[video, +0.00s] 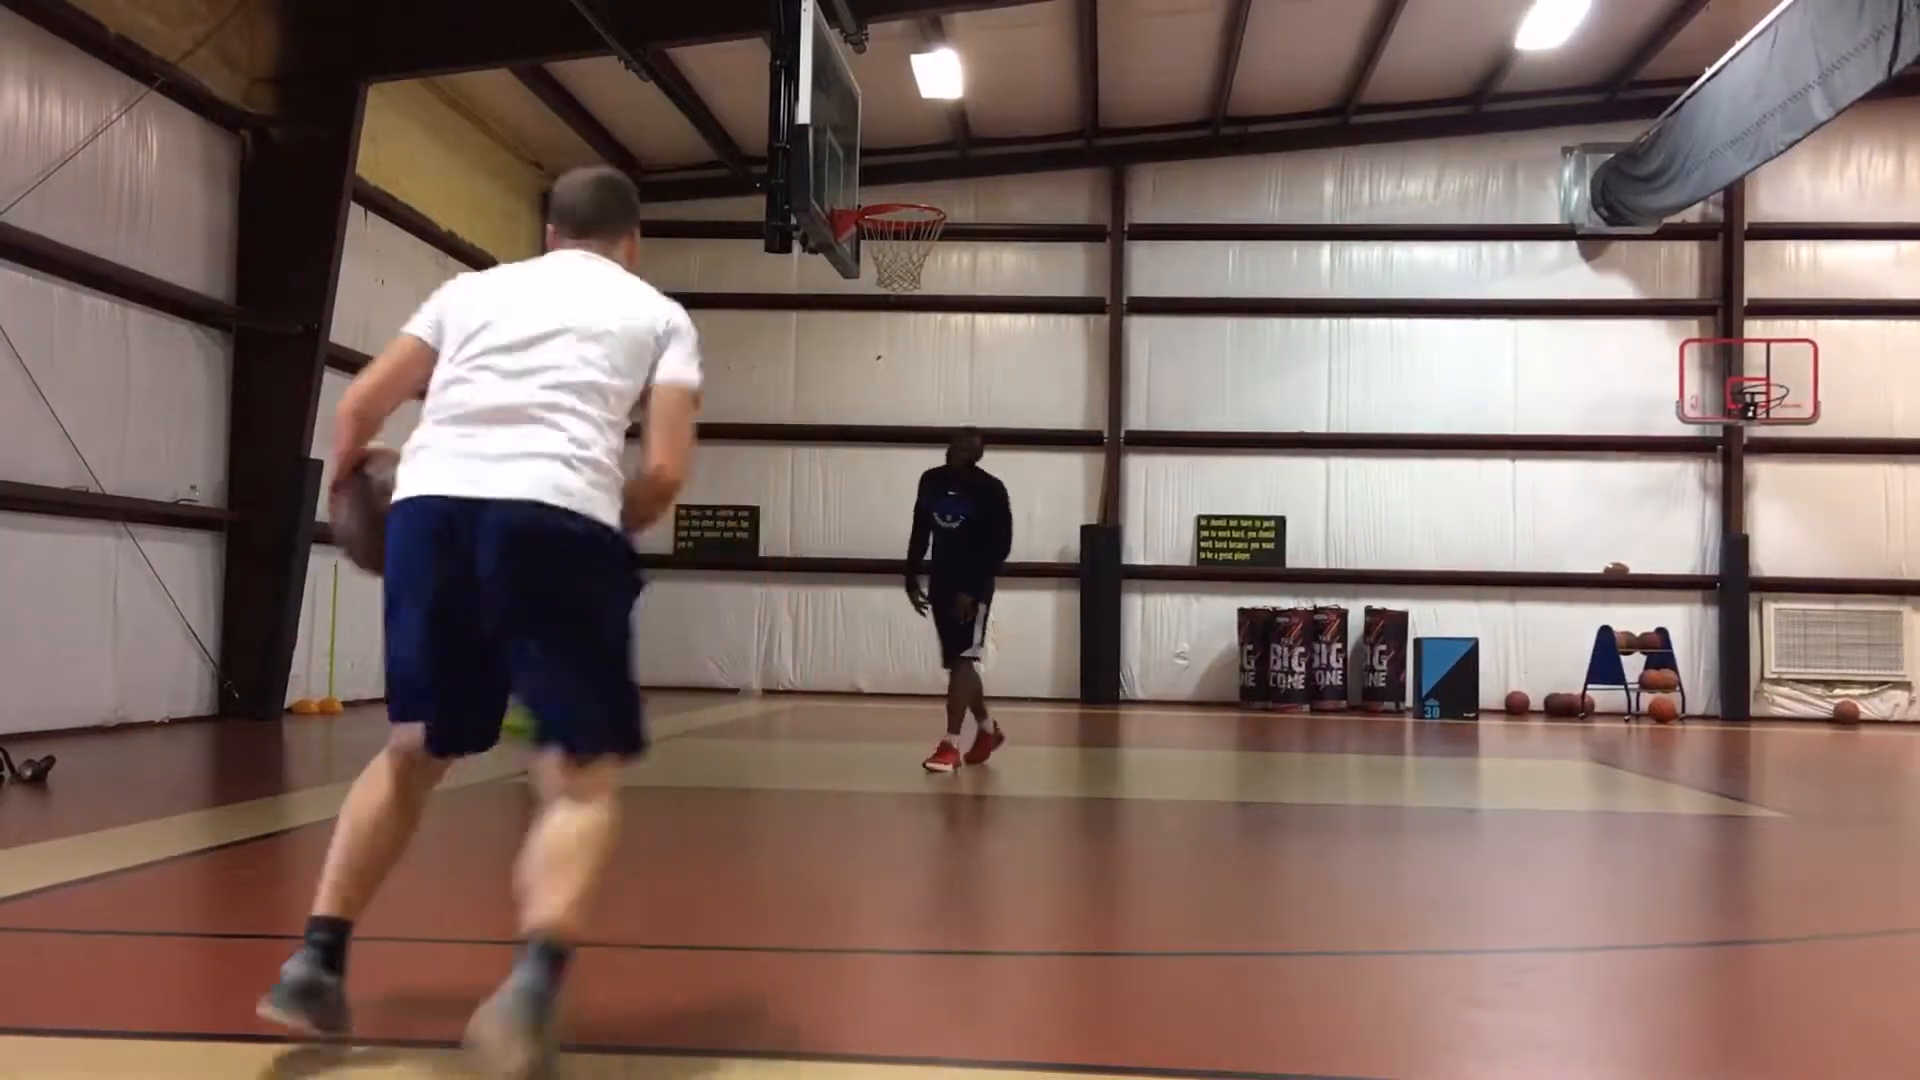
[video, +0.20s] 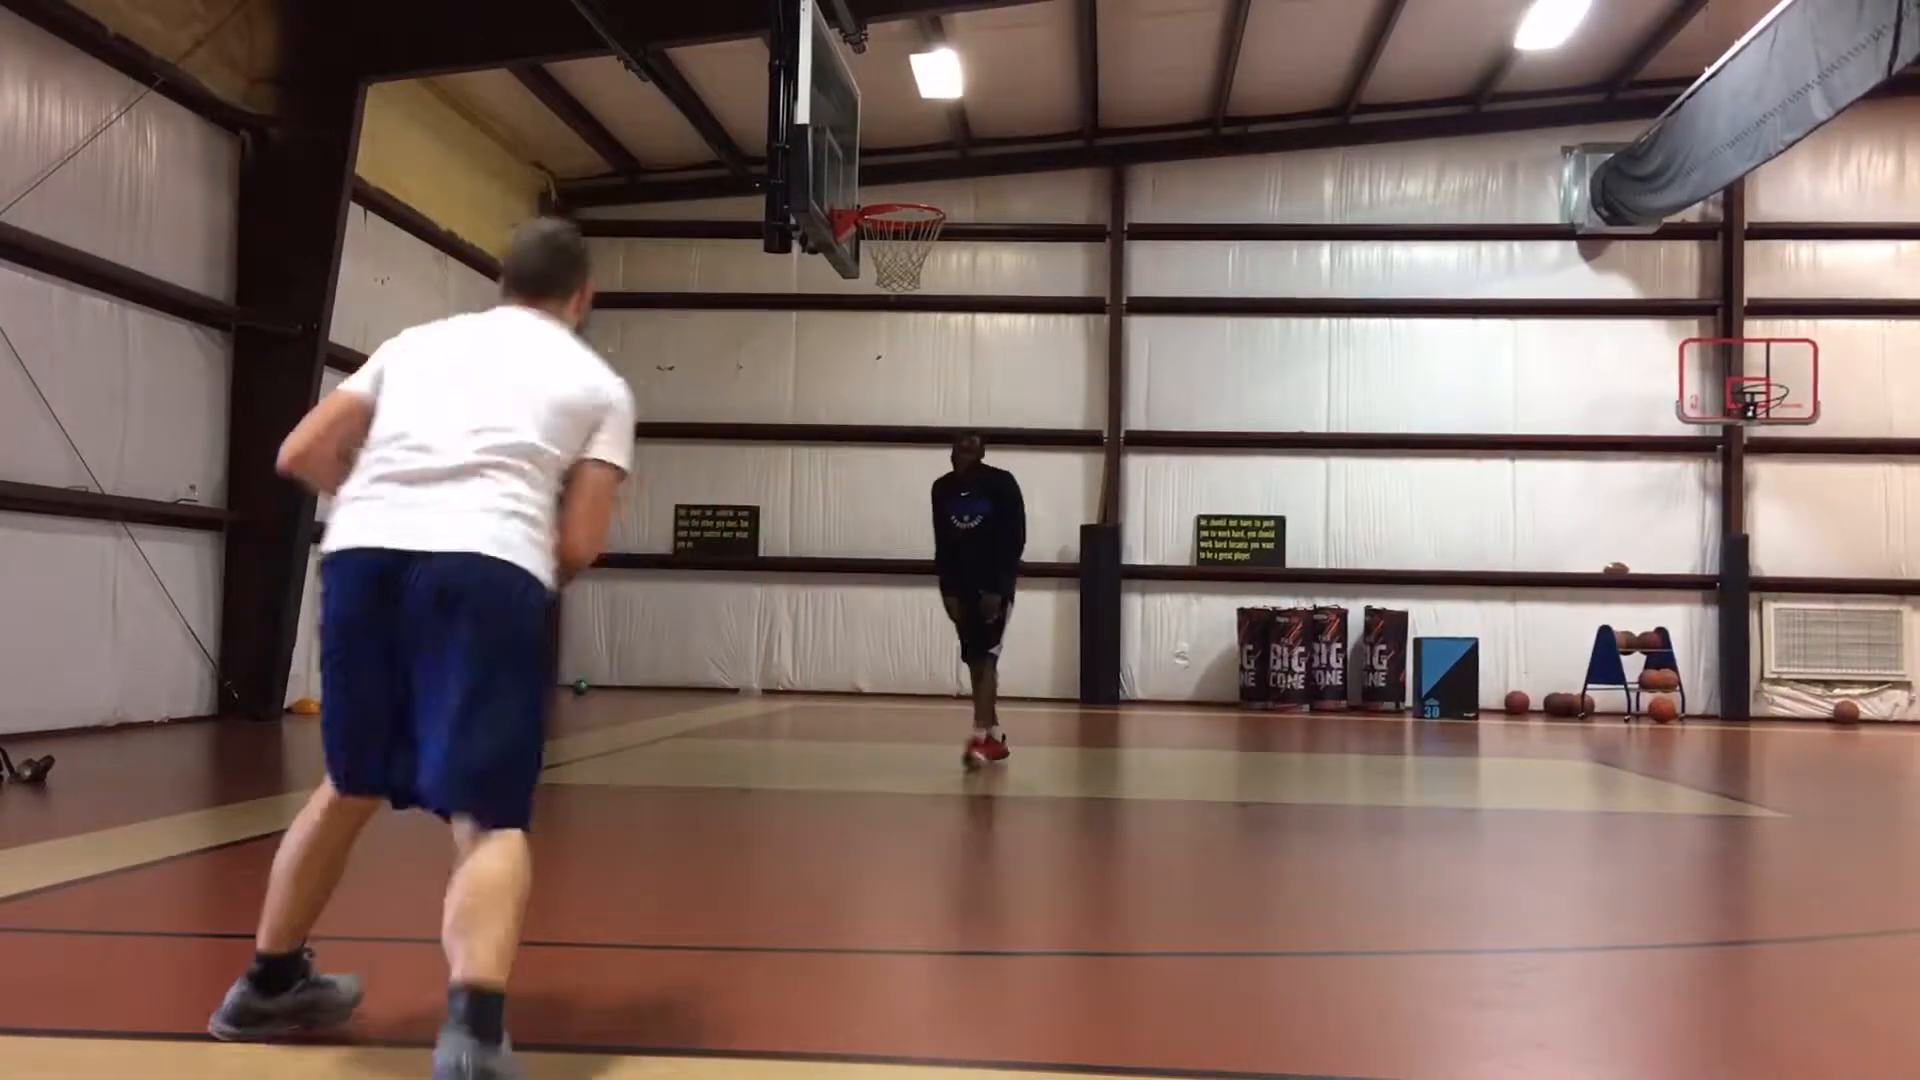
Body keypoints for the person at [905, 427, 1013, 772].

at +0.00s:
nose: (957, 447)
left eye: (965, 443)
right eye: (955, 441)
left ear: (978, 451)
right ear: (949, 446)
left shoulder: (991, 489)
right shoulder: (931, 480)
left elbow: (999, 547)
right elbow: (920, 530)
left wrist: (974, 591)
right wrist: (911, 575)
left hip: (975, 583)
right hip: (941, 579)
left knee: (962, 661)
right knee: (957, 662)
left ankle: (951, 744)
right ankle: (987, 729)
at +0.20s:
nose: (961, 454)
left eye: (968, 449)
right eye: (958, 448)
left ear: (981, 453)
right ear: (952, 452)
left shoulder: (1002, 482)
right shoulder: (942, 487)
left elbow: (1013, 542)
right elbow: (942, 542)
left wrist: (998, 590)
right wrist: (946, 589)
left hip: (994, 584)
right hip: (959, 583)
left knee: (983, 658)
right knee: (975, 659)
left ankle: (978, 736)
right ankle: (994, 735)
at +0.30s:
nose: (962, 448)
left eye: (969, 443)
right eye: (959, 443)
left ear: (984, 447)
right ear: (955, 450)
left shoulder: (1006, 476)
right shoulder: (949, 486)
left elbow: (1025, 529)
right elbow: (950, 539)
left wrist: (1010, 579)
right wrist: (955, 585)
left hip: (1004, 580)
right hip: (970, 580)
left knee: (997, 649)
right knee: (979, 655)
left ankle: (1007, 731)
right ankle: (991, 733)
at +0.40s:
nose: (965, 453)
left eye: (973, 447)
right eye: (963, 447)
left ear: (988, 451)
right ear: (959, 451)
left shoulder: (1011, 477)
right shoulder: (956, 489)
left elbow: (1035, 527)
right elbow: (958, 541)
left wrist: (1018, 578)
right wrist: (963, 584)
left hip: (1014, 581)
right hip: (981, 582)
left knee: (1013, 650)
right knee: (987, 657)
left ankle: (1036, 719)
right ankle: (994, 737)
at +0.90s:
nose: (1012, 476)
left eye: (1020, 471)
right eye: (1010, 469)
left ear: (1032, 475)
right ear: (1006, 471)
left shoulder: (1048, 504)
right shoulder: (1000, 498)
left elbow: (1067, 557)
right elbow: (1004, 550)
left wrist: (1061, 604)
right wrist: (1009, 594)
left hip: (1060, 588)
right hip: (1028, 587)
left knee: (1065, 659)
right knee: (1012, 653)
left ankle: (1070, 733)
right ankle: (1019, 731)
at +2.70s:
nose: (1027, 452)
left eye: (1035, 447)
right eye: (1029, 447)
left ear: (1053, 456)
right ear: (1030, 453)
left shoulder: (1068, 493)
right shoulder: (1017, 486)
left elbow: (1077, 549)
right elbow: (1005, 532)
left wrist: (1054, 588)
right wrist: (980, 566)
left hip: (1051, 584)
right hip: (1019, 581)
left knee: (1061, 661)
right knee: (988, 645)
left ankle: (1071, 733)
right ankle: (1023, 711)